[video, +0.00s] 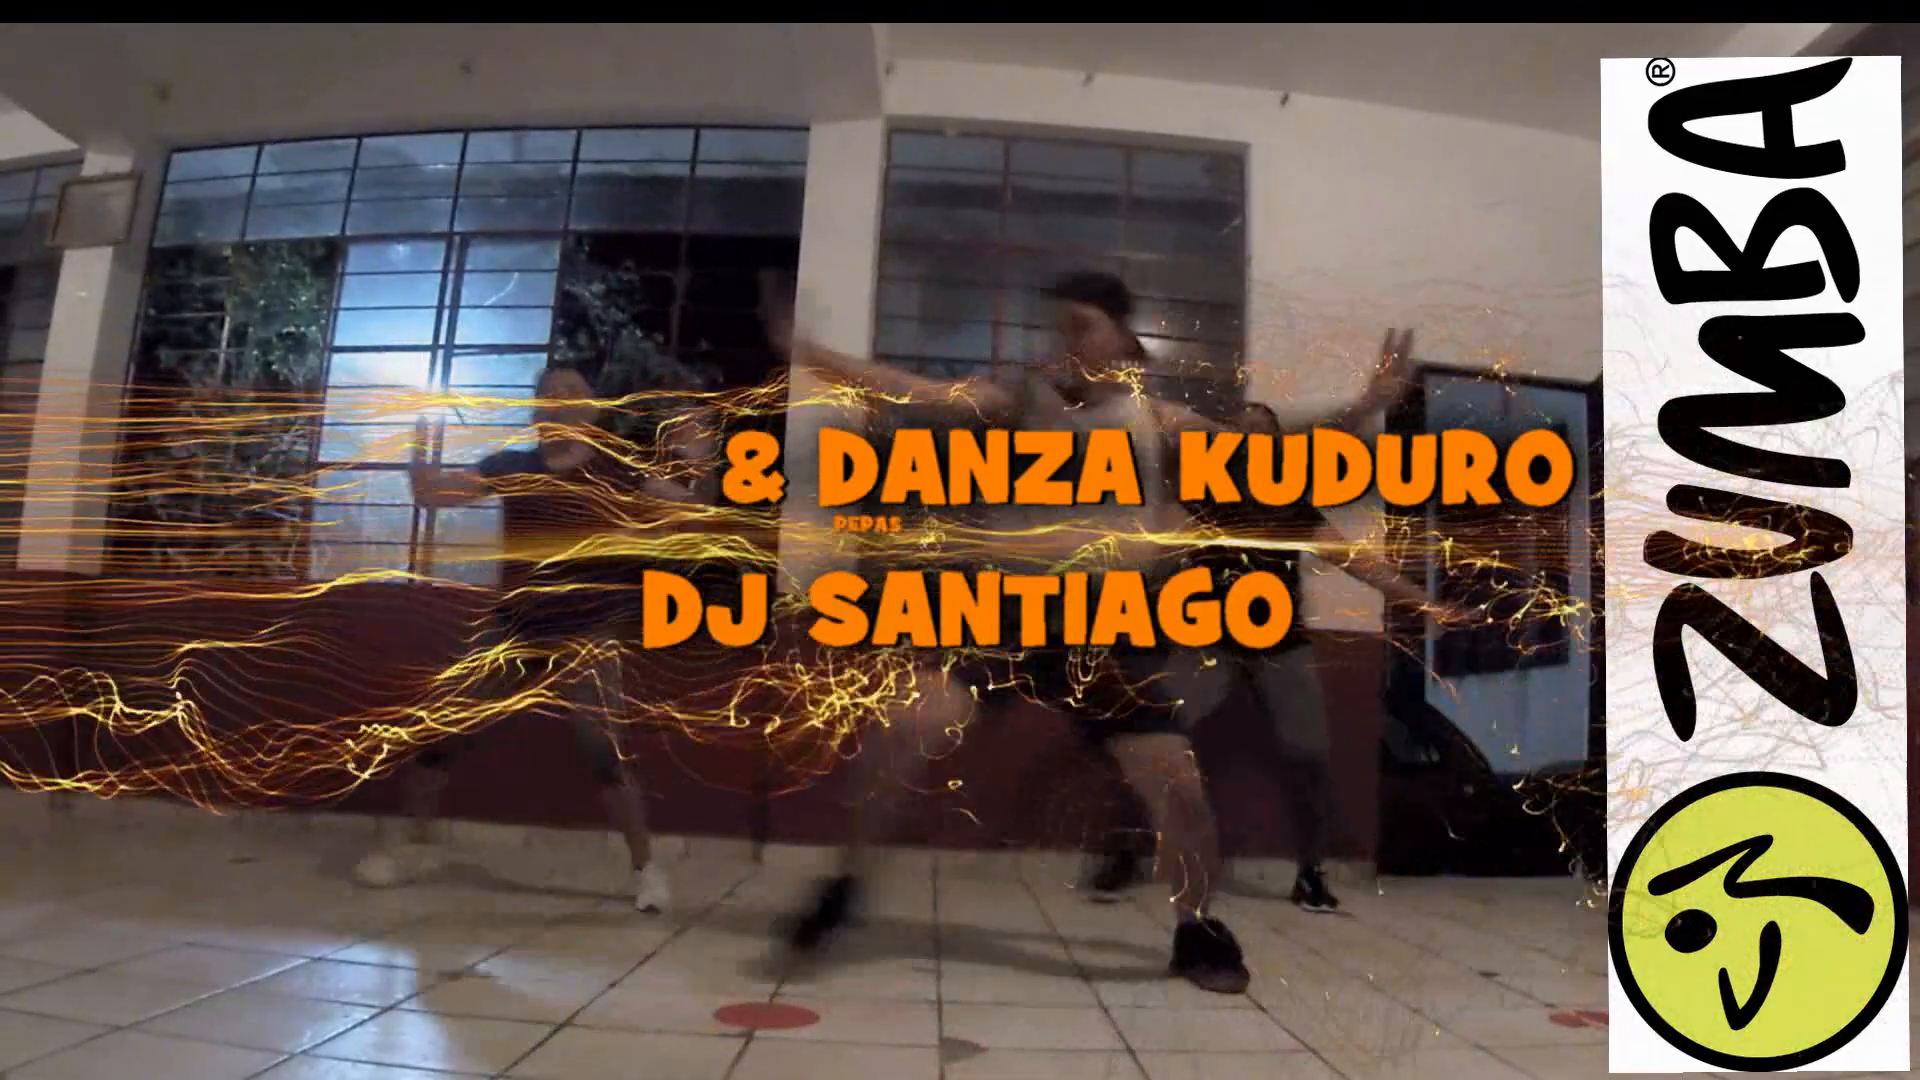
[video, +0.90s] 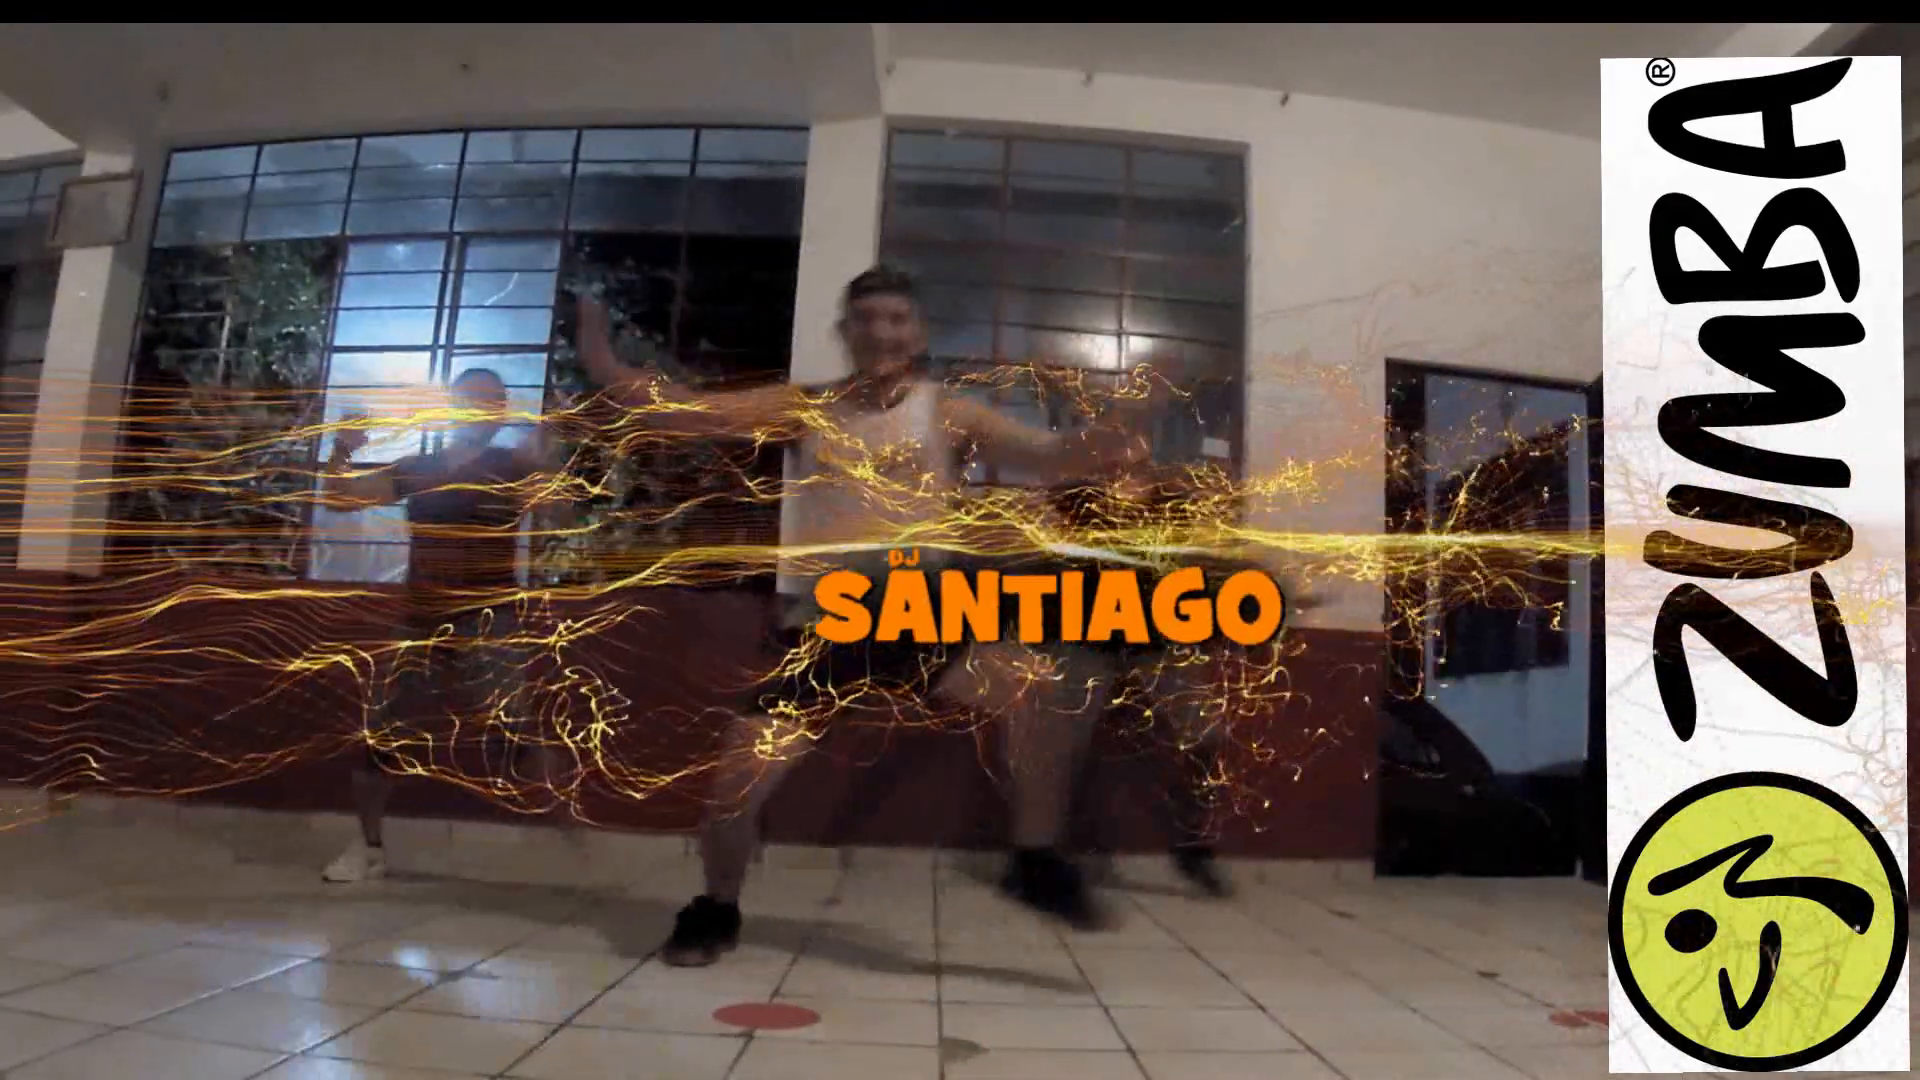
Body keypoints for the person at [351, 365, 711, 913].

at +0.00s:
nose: (559, 418)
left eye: (571, 407)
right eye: (550, 407)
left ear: (594, 414)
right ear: (538, 412)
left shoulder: (622, 473)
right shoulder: (516, 467)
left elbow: (688, 509)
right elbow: (435, 491)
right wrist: (423, 463)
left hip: (592, 630)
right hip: (517, 624)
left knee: (601, 745)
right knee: (442, 726)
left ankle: (646, 866)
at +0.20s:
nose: (489, 401)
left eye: (500, 392)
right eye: (481, 391)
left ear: (517, 400)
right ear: (466, 396)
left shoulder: (532, 462)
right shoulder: (442, 456)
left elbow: (596, 512)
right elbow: (391, 506)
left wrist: (657, 495)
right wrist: (335, 462)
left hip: (505, 609)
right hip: (432, 607)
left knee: (547, 730)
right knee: (388, 714)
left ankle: (607, 858)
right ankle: (369, 848)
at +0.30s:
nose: (471, 402)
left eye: (480, 392)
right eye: (460, 391)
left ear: (492, 400)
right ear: (444, 396)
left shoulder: (504, 465)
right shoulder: (417, 461)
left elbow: (553, 528)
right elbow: (362, 517)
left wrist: (611, 506)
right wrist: (315, 480)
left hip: (473, 609)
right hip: (409, 607)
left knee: (492, 716)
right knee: (369, 716)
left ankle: (537, 831)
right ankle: (367, 844)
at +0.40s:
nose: (455, 398)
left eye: (466, 390)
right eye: (445, 388)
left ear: (479, 400)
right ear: (424, 397)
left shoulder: (494, 464)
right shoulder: (394, 461)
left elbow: (549, 510)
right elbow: (327, 504)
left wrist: (559, 468)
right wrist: (303, 473)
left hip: (463, 605)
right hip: (399, 603)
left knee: (462, 713)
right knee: (372, 716)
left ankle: (475, 832)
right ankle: (364, 844)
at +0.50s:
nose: (449, 383)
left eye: (460, 375)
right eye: (438, 374)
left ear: (475, 389)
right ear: (418, 387)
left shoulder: (489, 444)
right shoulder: (388, 448)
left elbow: (539, 491)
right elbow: (318, 488)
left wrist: (503, 456)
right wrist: (317, 442)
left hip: (460, 596)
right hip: (394, 594)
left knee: (434, 708)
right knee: (374, 707)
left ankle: (431, 839)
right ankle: (365, 844)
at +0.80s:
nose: (455, 423)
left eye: (465, 415)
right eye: (447, 412)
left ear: (478, 426)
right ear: (431, 417)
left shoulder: (492, 479)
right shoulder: (399, 479)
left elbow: (494, 528)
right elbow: (339, 518)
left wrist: (450, 479)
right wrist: (366, 461)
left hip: (467, 622)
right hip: (403, 620)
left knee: (462, 727)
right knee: (356, 725)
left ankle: (476, 828)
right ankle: (368, 850)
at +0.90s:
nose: (478, 413)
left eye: (489, 404)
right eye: (469, 402)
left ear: (502, 410)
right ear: (453, 406)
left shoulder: (514, 465)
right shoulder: (420, 471)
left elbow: (557, 506)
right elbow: (339, 495)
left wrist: (555, 449)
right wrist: (342, 452)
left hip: (492, 619)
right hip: (424, 618)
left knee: (519, 725)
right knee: (381, 729)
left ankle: (568, 831)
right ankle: (368, 845)